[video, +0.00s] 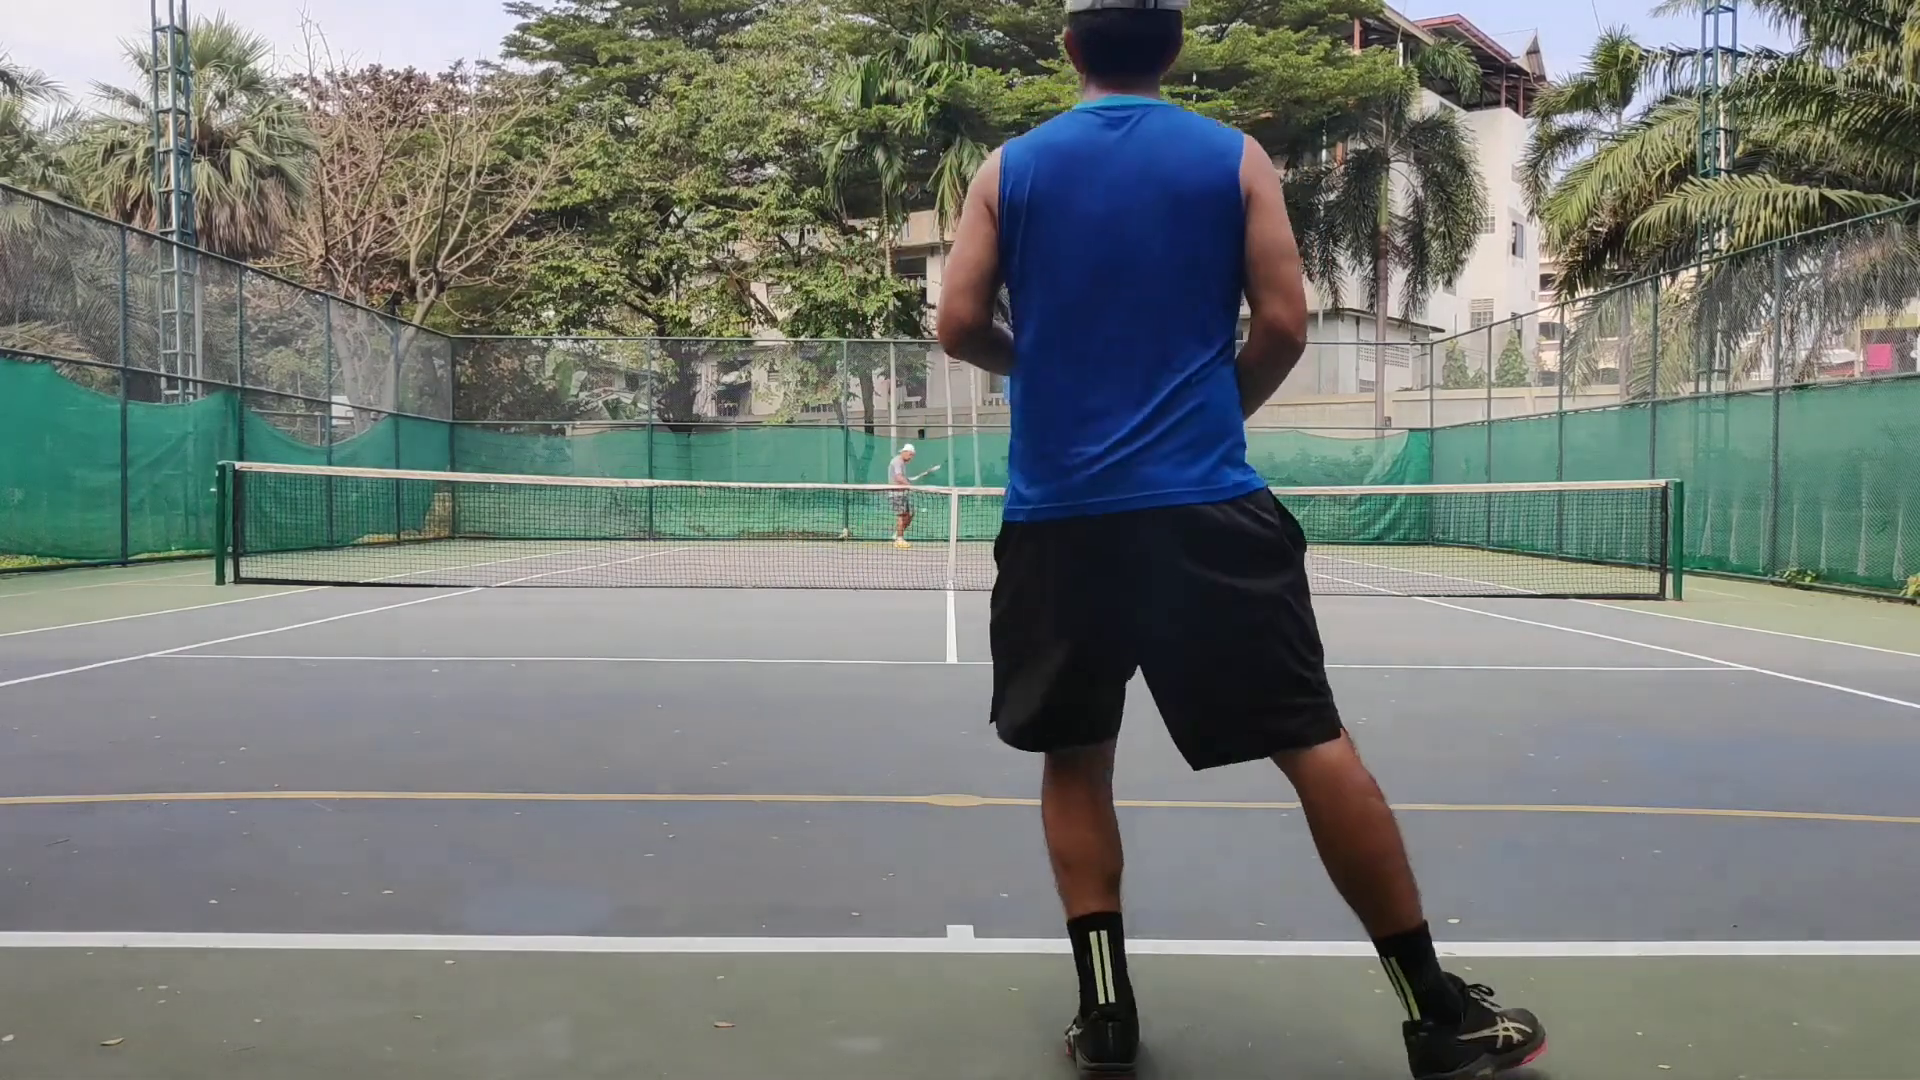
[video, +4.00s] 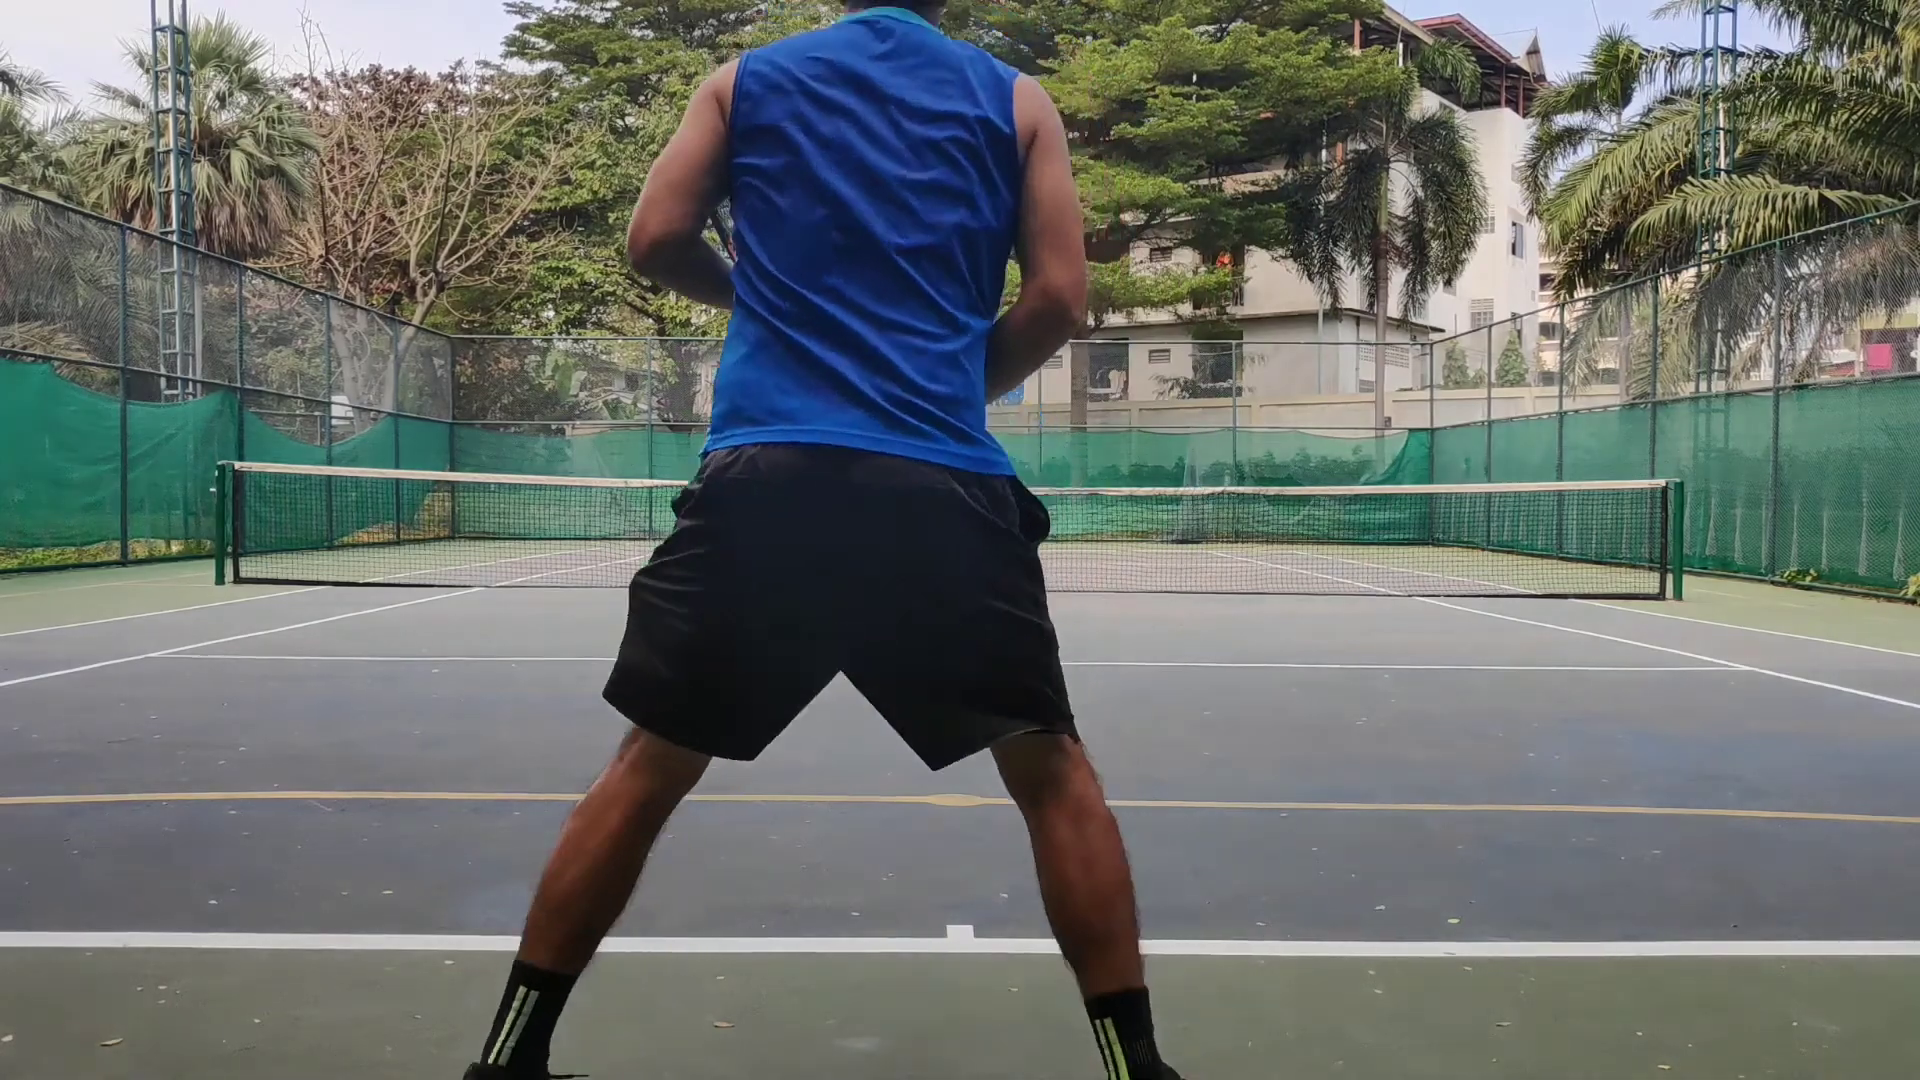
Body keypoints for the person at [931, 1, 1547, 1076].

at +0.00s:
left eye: (1079, 41)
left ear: (1073, 56)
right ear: (1174, 58)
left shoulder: (1011, 168)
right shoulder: (1236, 157)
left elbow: (958, 324)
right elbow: (1284, 320)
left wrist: (1040, 363)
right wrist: (1219, 406)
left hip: (1058, 525)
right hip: (1207, 513)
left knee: (1075, 759)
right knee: (1314, 744)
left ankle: (1105, 1012)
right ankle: (1433, 1006)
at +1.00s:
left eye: (1106, 16)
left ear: (1113, 15)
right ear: (1228, 16)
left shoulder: (1042, 122)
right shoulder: (1292, 110)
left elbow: (965, 294)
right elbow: (1338, 298)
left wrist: (1051, 337)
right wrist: (1246, 388)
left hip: (1054, 494)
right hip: (1217, 498)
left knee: (1017, 756)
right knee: (1324, 768)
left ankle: (911, 1032)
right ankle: (1348, 1054)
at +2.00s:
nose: (1436, 79)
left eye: (1439, 58)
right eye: (1444, 55)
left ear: (1321, 25)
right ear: (1432, 49)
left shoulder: (1325, 174)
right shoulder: (1286, 114)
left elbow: (1413, 328)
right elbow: (1160, 296)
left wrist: (1520, 458)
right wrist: (1305, 452)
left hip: (1078, 549)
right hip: (1153, 556)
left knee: (1117, 823)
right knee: (1392, 827)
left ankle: (880, 1024)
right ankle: (1310, 1069)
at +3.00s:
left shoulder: (1009, 16)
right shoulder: (1084, 40)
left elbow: (1114, 158)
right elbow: (1063, 266)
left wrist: (938, 281)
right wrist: (916, 291)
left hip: (1011, 469)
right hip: (1136, 469)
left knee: (936, 792)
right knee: (1133, 762)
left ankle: (954, 1076)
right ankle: (1254, 1052)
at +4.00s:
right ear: (942, 2)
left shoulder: (748, 78)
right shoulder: (1017, 98)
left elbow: (657, 238)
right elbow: (1061, 299)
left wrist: (751, 288)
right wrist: (961, 375)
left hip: (762, 491)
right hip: (943, 500)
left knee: (644, 775)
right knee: (1055, 780)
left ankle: (510, 1050)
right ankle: (1137, 1062)